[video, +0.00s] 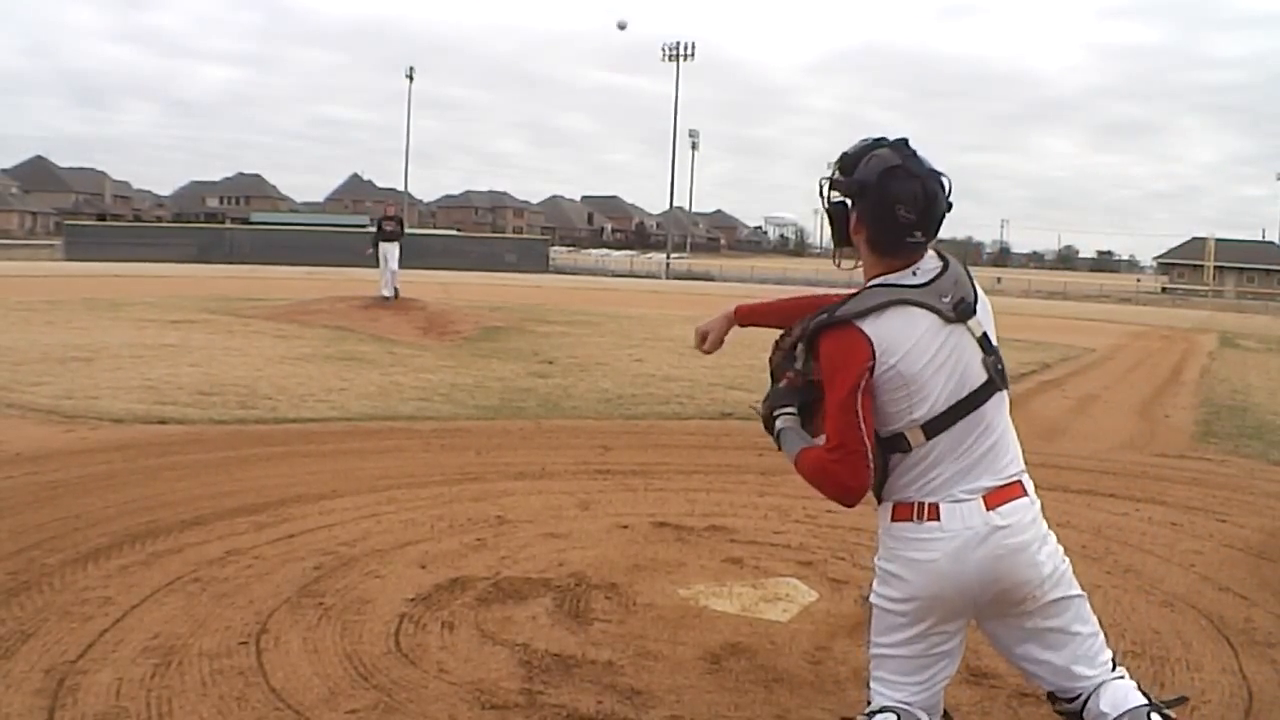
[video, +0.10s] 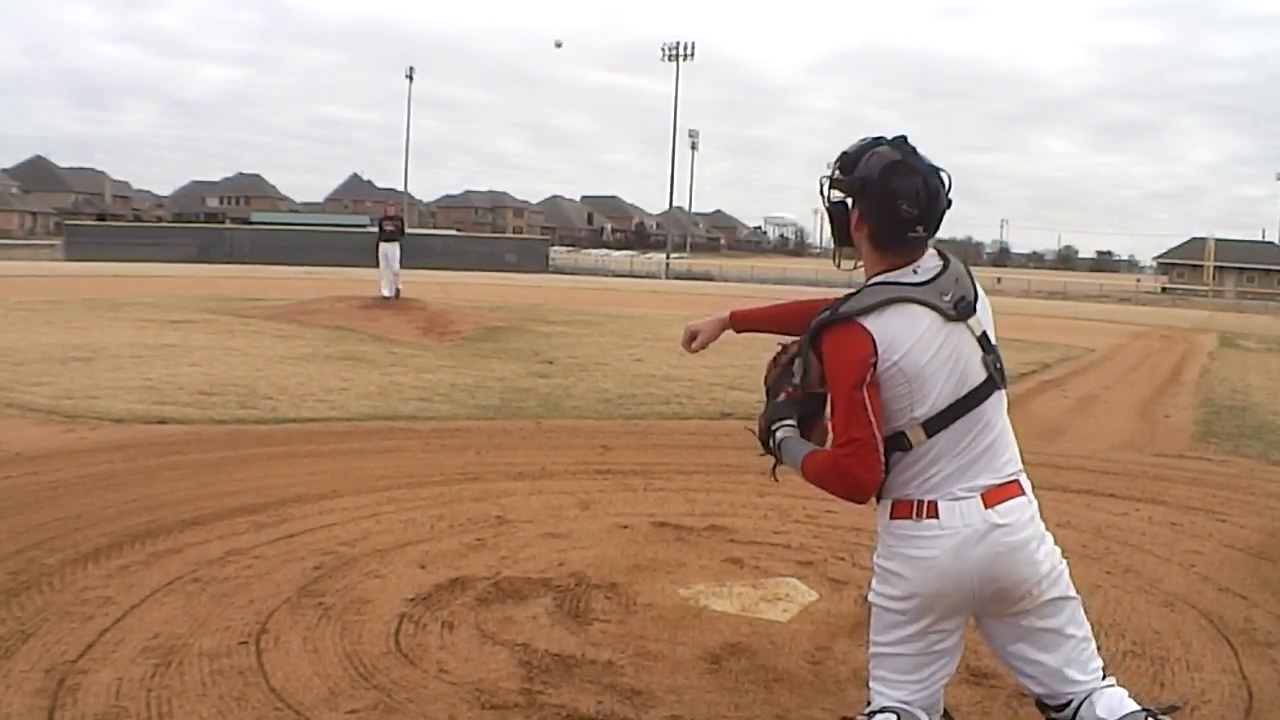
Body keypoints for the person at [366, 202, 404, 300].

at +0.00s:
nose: (390, 211)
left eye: (392, 208)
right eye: (388, 208)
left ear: (394, 209)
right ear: (385, 209)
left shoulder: (399, 220)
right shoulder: (381, 220)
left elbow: (402, 233)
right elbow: (377, 234)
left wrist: (396, 239)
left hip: (394, 243)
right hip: (382, 243)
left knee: (393, 268)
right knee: (383, 269)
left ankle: (395, 287)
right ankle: (385, 291)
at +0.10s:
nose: (390, 209)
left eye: (392, 207)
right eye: (389, 207)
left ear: (395, 209)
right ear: (385, 209)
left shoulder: (399, 220)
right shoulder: (382, 220)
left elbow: (402, 233)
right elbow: (380, 233)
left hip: (394, 243)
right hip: (383, 243)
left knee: (395, 268)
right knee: (383, 269)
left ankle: (397, 287)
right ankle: (385, 291)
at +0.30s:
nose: (391, 210)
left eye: (393, 207)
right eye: (389, 207)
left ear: (396, 209)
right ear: (386, 209)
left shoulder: (401, 220)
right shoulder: (384, 220)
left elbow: (406, 232)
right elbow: (385, 232)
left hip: (397, 243)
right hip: (387, 243)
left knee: (397, 269)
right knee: (387, 269)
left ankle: (396, 290)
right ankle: (386, 291)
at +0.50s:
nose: (394, 209)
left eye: (396, 207)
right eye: (392, 207)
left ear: (398, 208)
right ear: (388, 208)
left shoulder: (402, 218)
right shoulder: (387, 220)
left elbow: (407, 224)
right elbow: (385, 234)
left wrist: (402, 214)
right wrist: (383, 246)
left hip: (400, 242)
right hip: (389, 243)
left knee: (399, 267)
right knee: (388, 267)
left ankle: (397, 289)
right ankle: (387, 290)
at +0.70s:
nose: (395, 214)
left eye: (397, 211)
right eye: (394, 211)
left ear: (400, 212)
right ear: (391, 212)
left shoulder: (404, 222)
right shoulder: (388, 222)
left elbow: (407, 232)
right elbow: (384, 234)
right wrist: (379, 244)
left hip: (401, 244)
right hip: (390, 244)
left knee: (399, 267)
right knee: (389, 266)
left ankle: (397, 289)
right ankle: (391, 286)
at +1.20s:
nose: (392, 218)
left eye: (394, 216)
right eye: (391, 216)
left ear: (398, 218)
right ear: (390, 217)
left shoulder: (403, 227)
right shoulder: (388, 226)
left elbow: (409, 241)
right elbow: (385, 237)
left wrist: (403, 251)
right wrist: (385, 247)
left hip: (401, 246)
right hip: (391, 246)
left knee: (399, 268)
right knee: (391, 268)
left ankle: (399, 288)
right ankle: (393, 289)